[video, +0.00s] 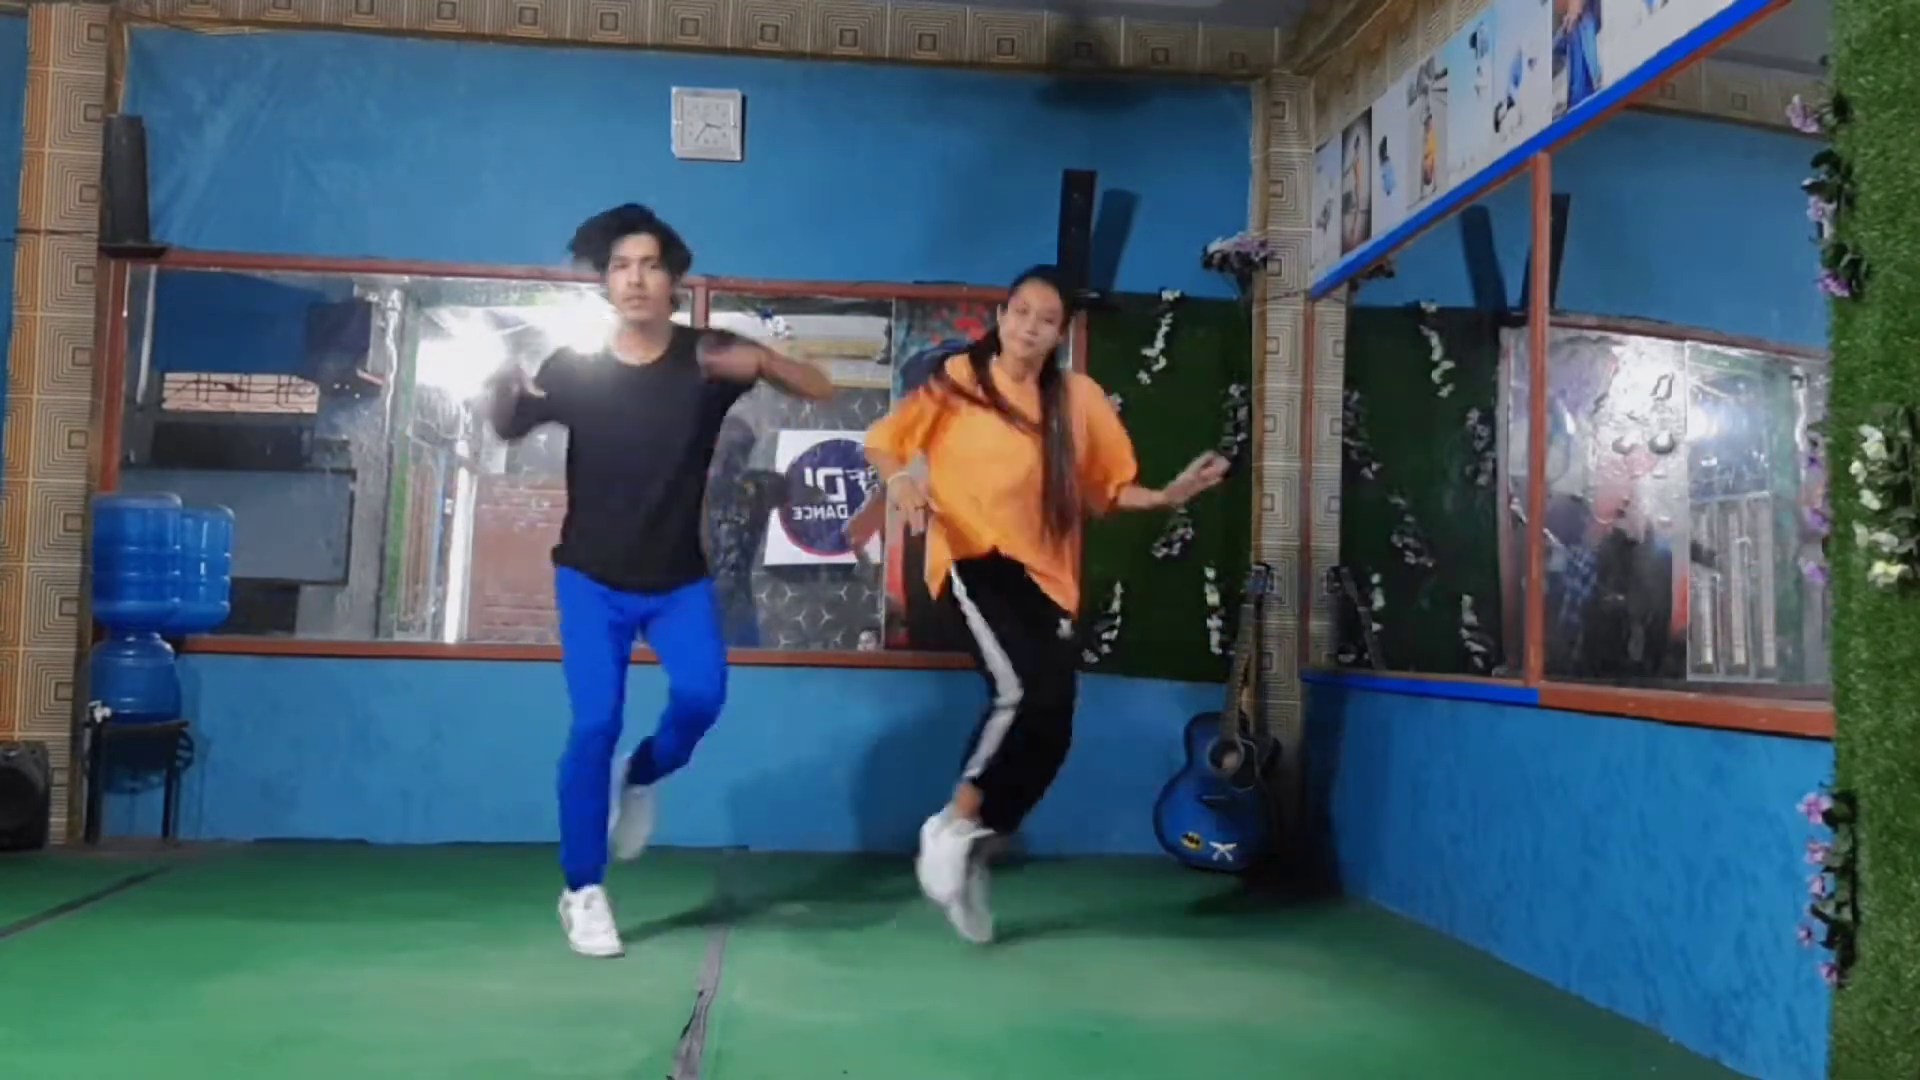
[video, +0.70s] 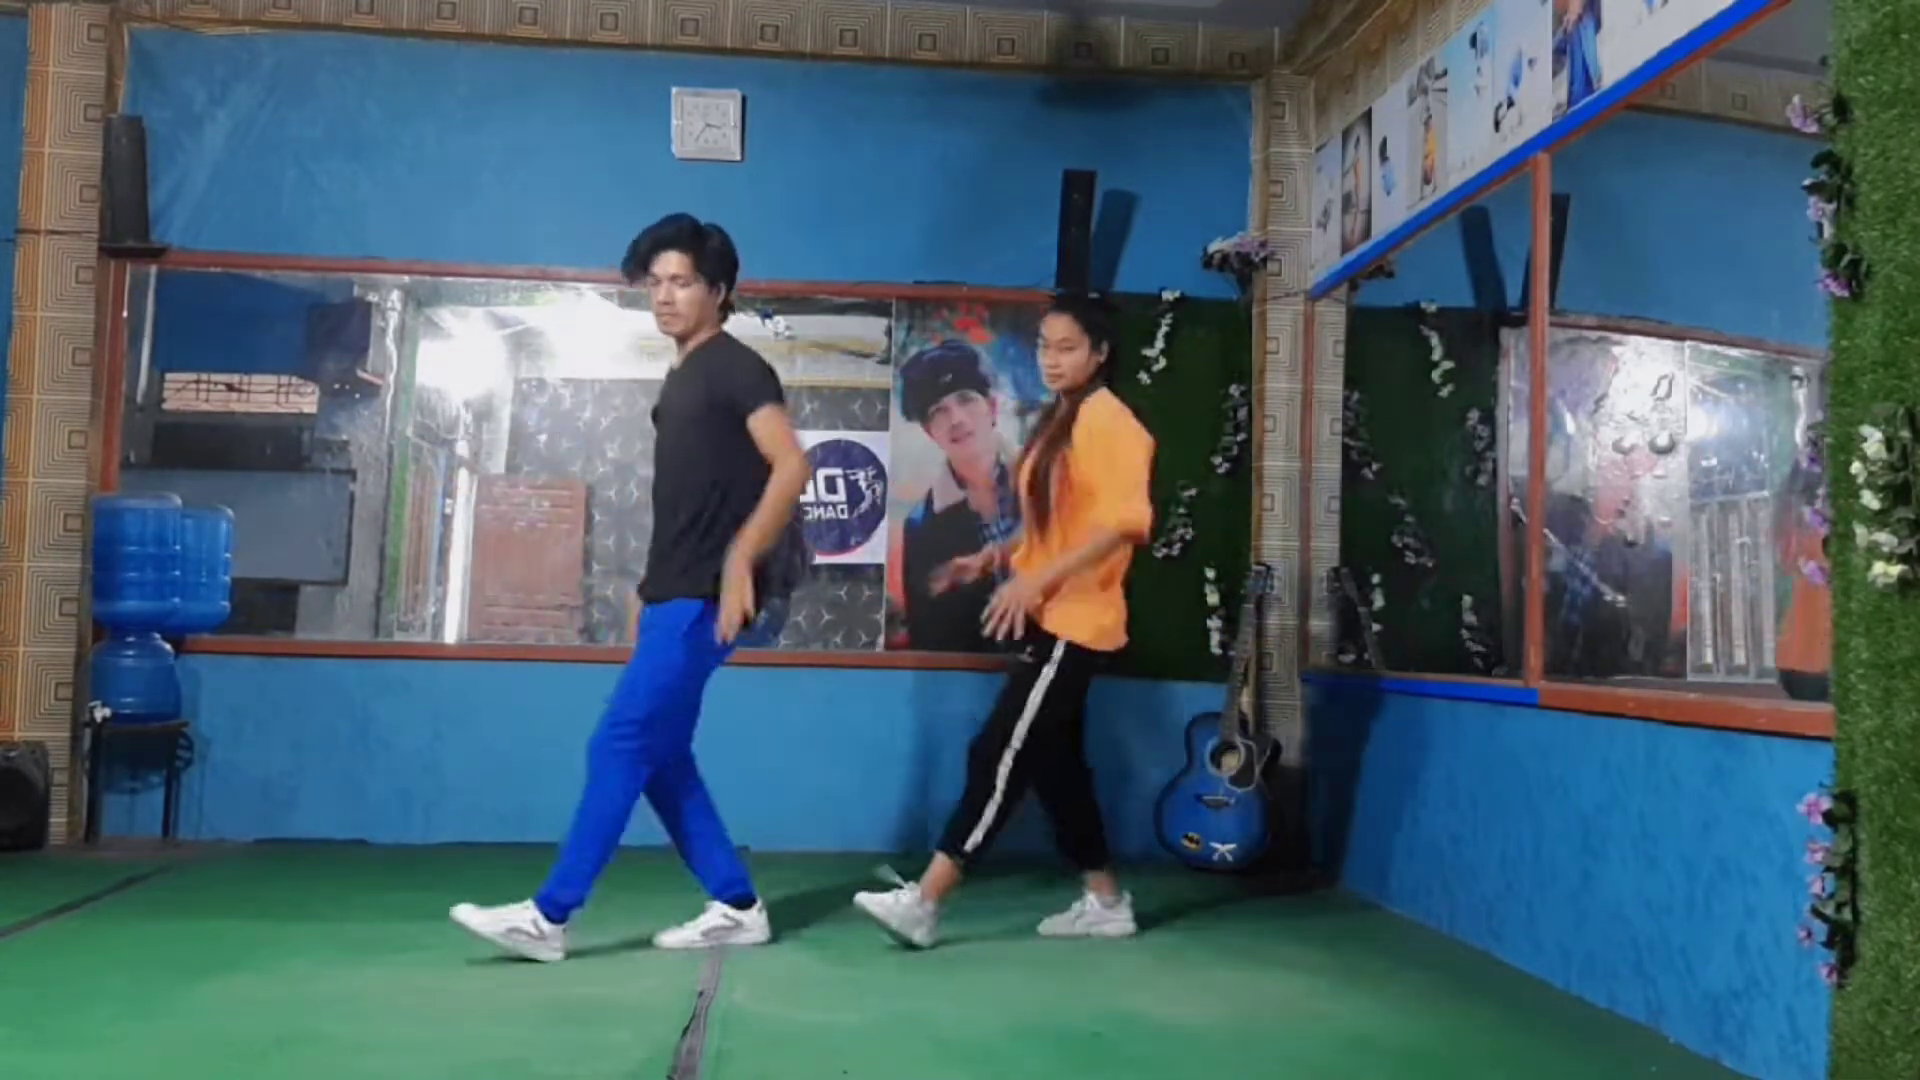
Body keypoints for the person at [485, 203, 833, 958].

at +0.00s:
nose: (636, 279)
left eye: (651, 266)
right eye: (622, 267)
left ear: (676, 282)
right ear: (603, 284)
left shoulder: (713, 360)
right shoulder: (571, 370)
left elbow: (819, 389)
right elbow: (509, 427)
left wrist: (763, 363)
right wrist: (503, 389)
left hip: (680, 582)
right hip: (591, 580)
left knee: (701, 699)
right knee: (595, 726)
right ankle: (584, 888)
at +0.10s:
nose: (652, 259)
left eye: (668, 246)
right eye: (639, 246)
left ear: (693, 265)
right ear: (619, 263)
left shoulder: (727, 340)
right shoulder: (589, 345)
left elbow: (819, 398)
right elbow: (550, 416)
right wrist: (530, 448)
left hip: (697, 560)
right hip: (609, 560)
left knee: (684, 695)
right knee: (568, 690)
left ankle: (694, 839)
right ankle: (597, 844)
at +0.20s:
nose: (663, 262)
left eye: (679, 249)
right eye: (649, 250)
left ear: (703, 268)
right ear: (629, 267)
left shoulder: (734, 358)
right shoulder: (610, 365)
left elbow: (782, 471)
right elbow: (612, 474)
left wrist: (792, 584)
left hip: (706, 582)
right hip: (631, 580)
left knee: (692, 738)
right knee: (577, 732)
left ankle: (741, 900)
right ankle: (546, 900)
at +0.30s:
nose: (662, 285)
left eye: (679, 270)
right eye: (650, 271)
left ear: (711, 285)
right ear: (638, 286)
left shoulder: (732, 381)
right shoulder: (635, 388)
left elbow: (757, 499)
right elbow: (632, 498)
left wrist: (731, 605)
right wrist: (607, 600)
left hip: (705, 609)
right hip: (648, 612)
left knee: (688, 763)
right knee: (591, 754)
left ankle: (745, 907)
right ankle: (538, 909)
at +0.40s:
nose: (664, 292)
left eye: (681, 278)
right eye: (655, 280)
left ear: (720, 290)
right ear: (646, 292)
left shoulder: (732, 370)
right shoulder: (657, 388)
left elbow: (718, 460)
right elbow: (606, 479)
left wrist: (650, 443)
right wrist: (520, 479)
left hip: (726, 598)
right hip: (667, 598)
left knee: (692, 753)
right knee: (572, 712)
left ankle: (745, 909)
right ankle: (574, 883)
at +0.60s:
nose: (659, 280)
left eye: (675, 266)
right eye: (650, 268)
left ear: (716, 275)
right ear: (642, 278)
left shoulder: (736, 345)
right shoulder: (662, 367)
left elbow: (804, 406)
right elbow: (632, 423)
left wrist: (711, 427)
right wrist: (615, 445)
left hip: (725, 570)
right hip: (683, 569)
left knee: (611, 710)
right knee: (641, 730)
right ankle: (719, 882)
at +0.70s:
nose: (664, 296)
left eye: (680, 283)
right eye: (655, 283)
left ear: (719, 291)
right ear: (647, 291)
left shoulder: (735, 365)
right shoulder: (682, 377)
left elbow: (792, 464)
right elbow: (686, 495)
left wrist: (741, 559)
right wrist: (649, 590)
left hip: (706, 595)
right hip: (669, 596)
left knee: (620, 745)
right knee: (661, 755)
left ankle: (550, 915)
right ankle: (736, 903)